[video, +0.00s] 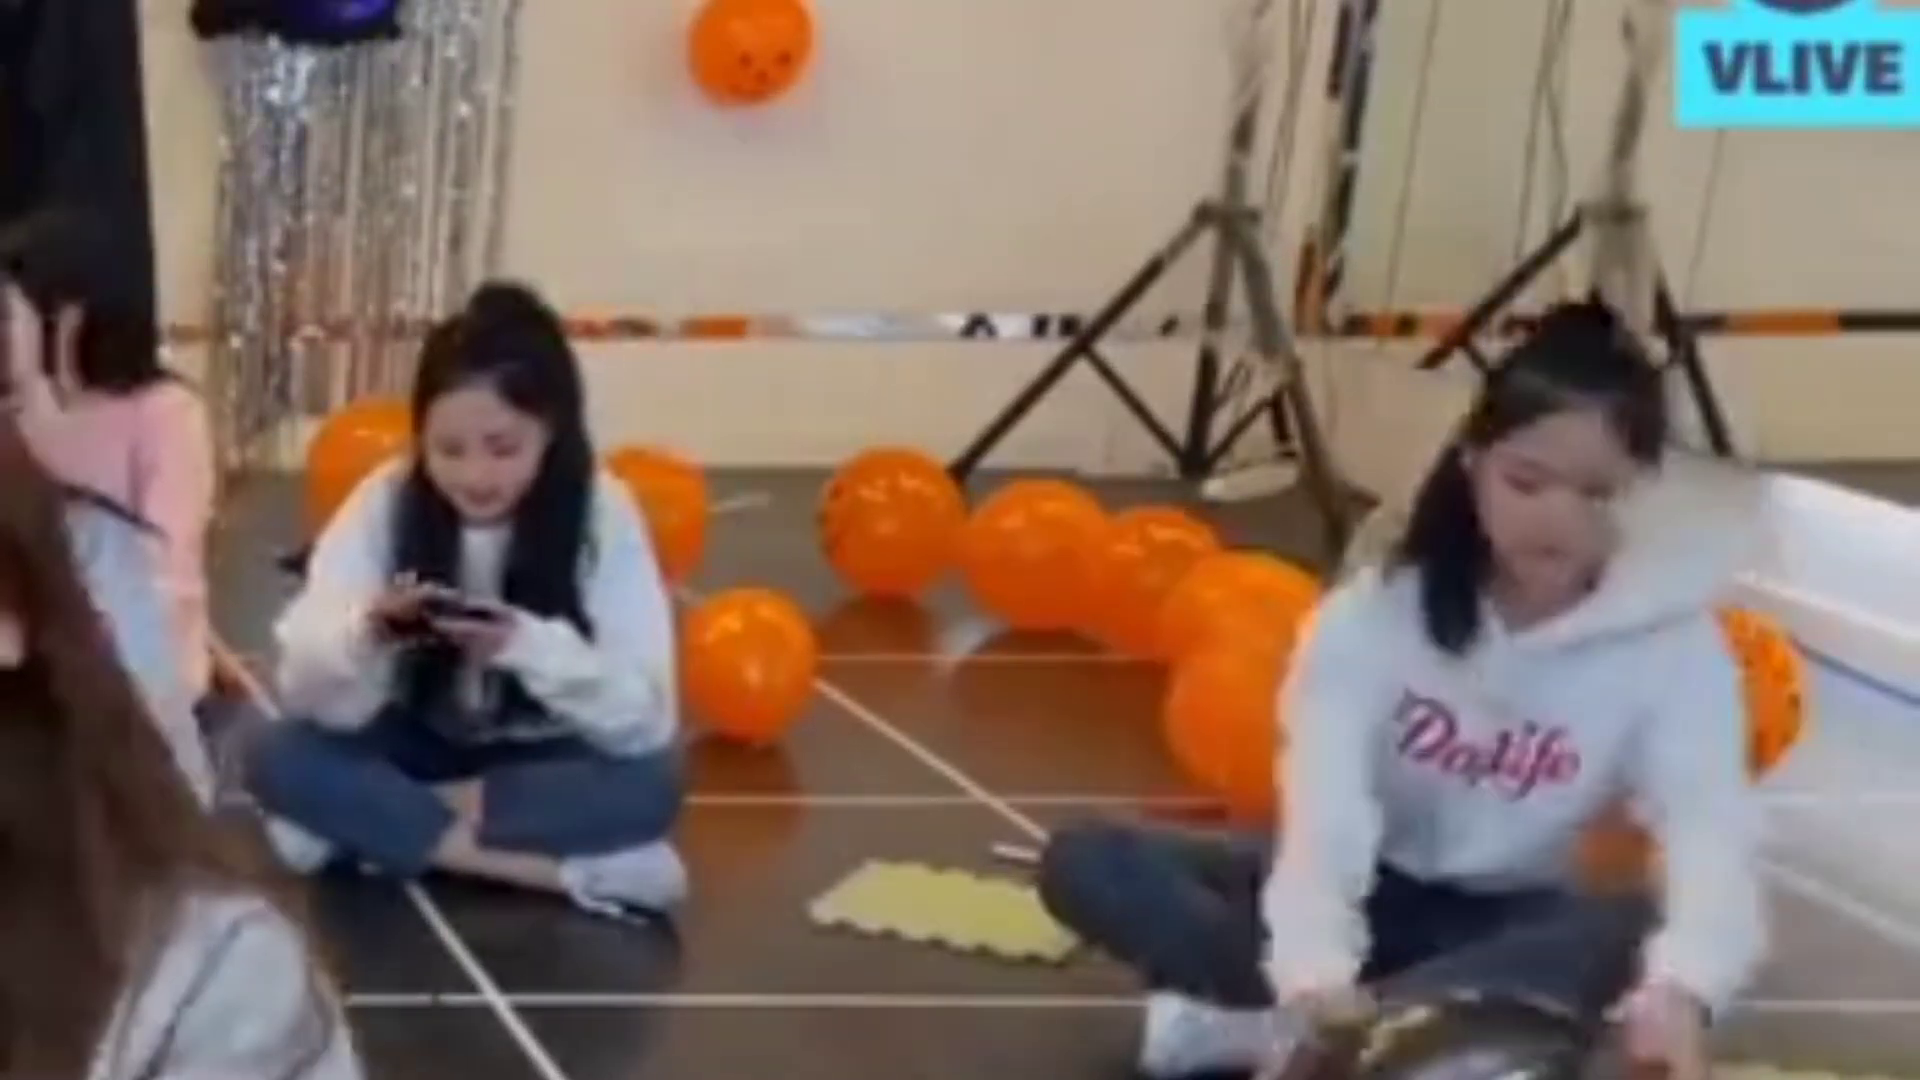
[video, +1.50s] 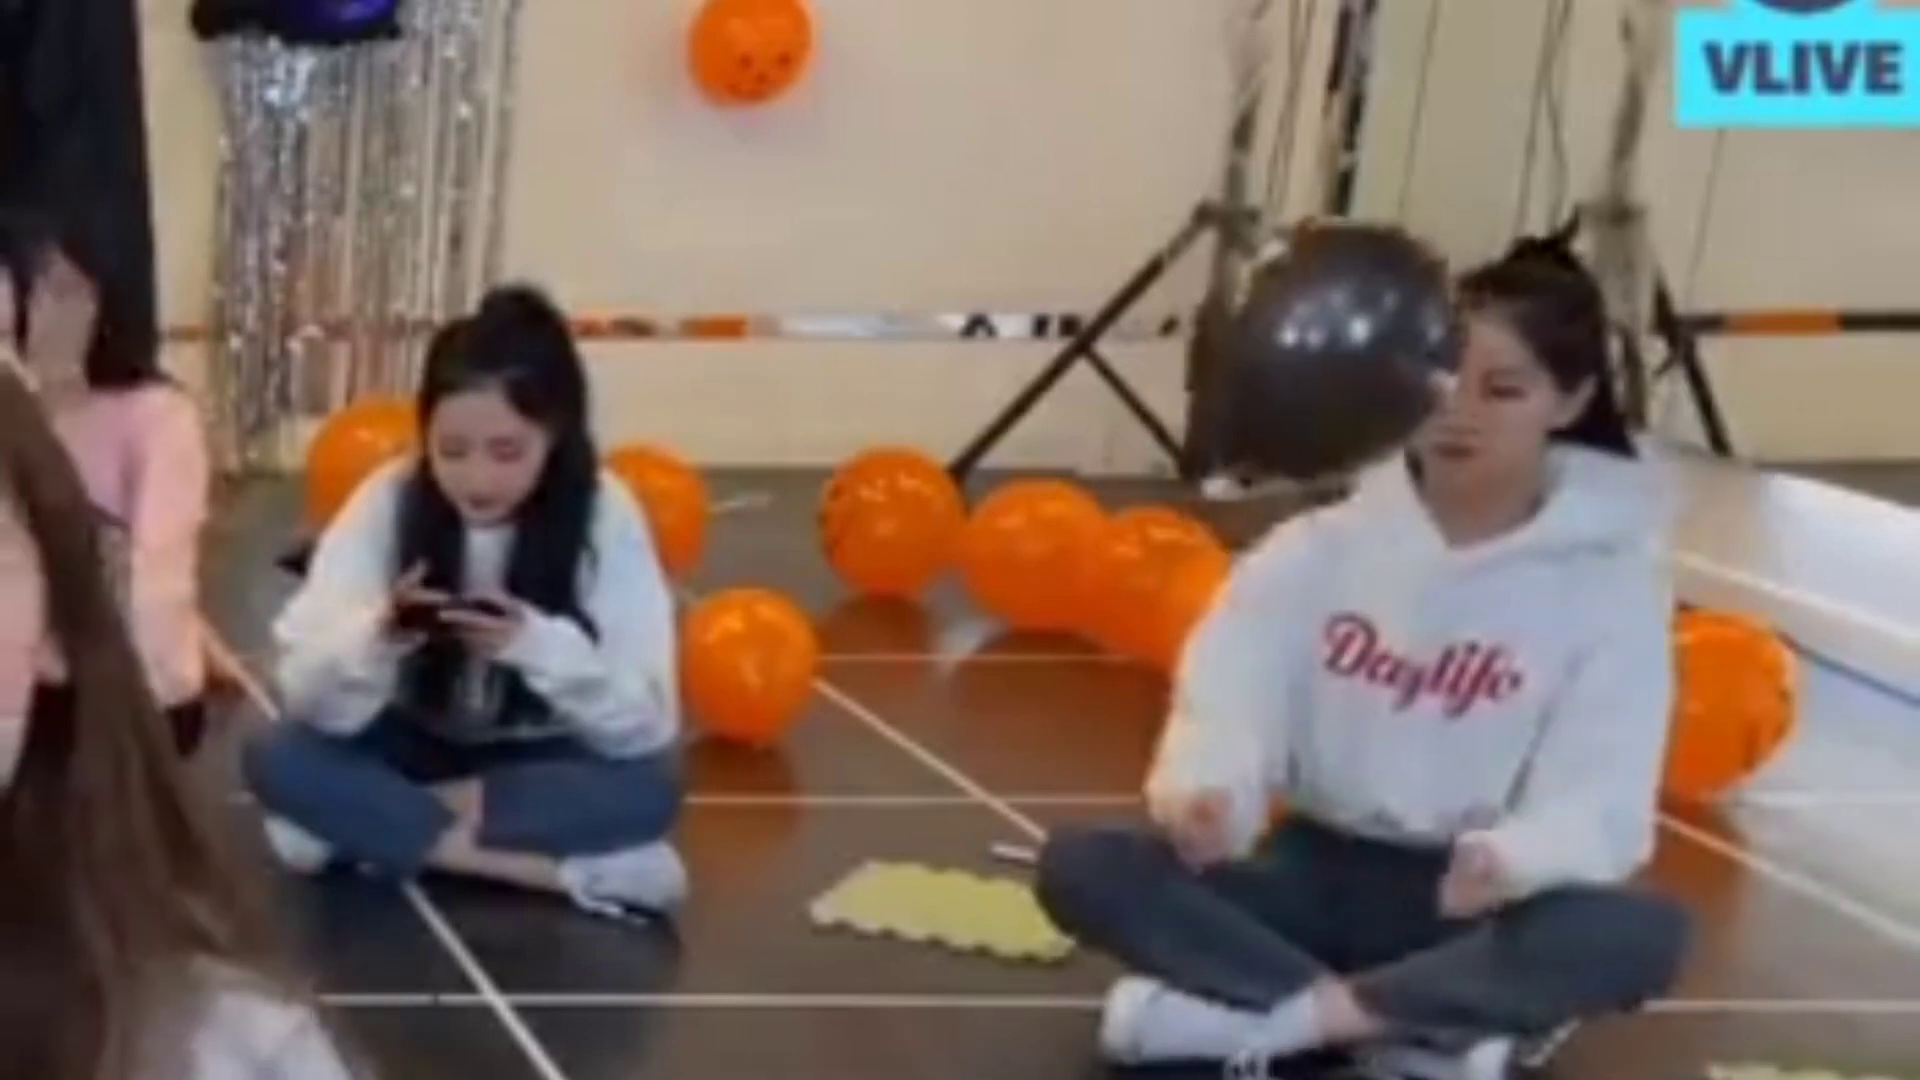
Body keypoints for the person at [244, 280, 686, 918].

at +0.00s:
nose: (476, 478)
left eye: (503, 450)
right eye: (450, 451)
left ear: (553, 437)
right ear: (419, 439)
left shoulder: (601, 515)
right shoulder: (384, 503)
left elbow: (644, 718)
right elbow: (307, 696)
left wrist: (523, 646)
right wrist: (373, 635)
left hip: (545, 745)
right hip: (411, 737)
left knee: (650, 787)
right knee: (277, 756)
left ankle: (365, 837)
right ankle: (552, 877)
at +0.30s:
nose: (482, 479)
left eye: (511, 452)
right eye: (457, 452)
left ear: (558, 438)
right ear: (426, 437)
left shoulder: (604, 515)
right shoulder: (389, 502)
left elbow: (645, 724)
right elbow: (309, 701)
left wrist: (530, 644)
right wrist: (379, 640)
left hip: (544, 744)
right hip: (410, 736)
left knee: (648, 792)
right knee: (276, 757)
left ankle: (368, 838)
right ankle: (549, 877)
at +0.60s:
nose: (481, 479)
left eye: (511, 452)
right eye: (456, 452)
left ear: (558, 438)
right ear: (424, 437)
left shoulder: (604, 516)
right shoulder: (387, 502)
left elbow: (645, 722)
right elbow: (310, 700)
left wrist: (530, 644)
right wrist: (380, 638)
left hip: (546, 742)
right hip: (410, 734)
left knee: (648, 790)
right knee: (276, 756)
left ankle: (364, 838)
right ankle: (548, 876)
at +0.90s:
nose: (480, 479)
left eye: (509, 452)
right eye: (455, 452)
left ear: (557, 439)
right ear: (425, 438)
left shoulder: (604, 516)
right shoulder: (388, 502)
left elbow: (645, 724)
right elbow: (311, 701)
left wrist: (531, 644)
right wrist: (381, 636)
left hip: (546, 742)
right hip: (411, 734)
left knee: (648, 789)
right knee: (276, 756)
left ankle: (365, 838)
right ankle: (549, 877)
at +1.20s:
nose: (479, 480)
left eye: (509, 453)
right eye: (454, 452)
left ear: (556, 440)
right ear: (424, 438)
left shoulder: (605, 517)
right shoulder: (388, 502)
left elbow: (644, 724)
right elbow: (303, 691)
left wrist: (530, 645)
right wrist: (384, 636)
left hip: (545, 743)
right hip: (411, 738)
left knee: (645, 790)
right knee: (312, 791)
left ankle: (390, 818)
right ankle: (556, 877)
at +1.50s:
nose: (477, 481)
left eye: (506, 454)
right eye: (452, 453)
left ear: (557, 440)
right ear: (423, 437)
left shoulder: (603, 515)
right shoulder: (388, 501)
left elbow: (645, 723)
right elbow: (309, 700)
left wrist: (533, 645)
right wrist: (383, 636)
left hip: (544, 745)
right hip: (408, 736)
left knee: (648, 791)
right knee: (275, 757)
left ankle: (367, 837)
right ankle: (548, 876)